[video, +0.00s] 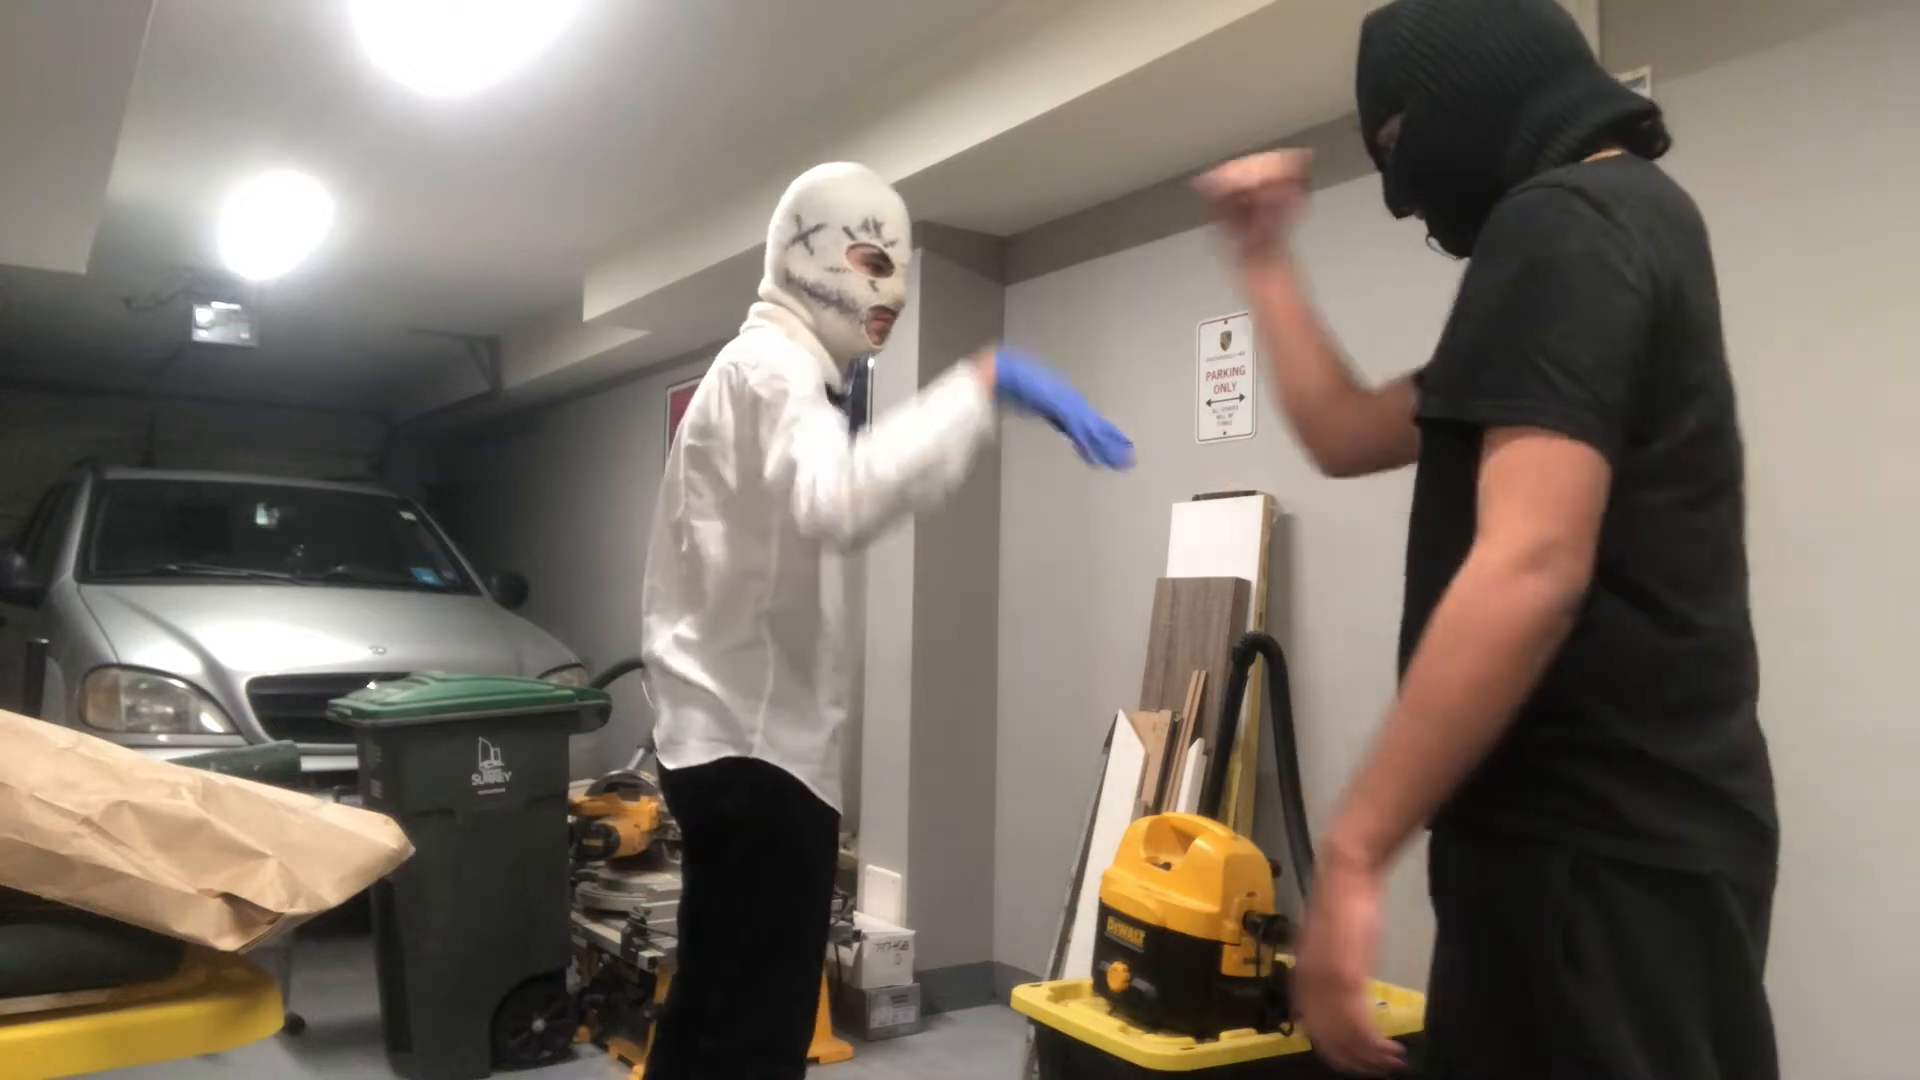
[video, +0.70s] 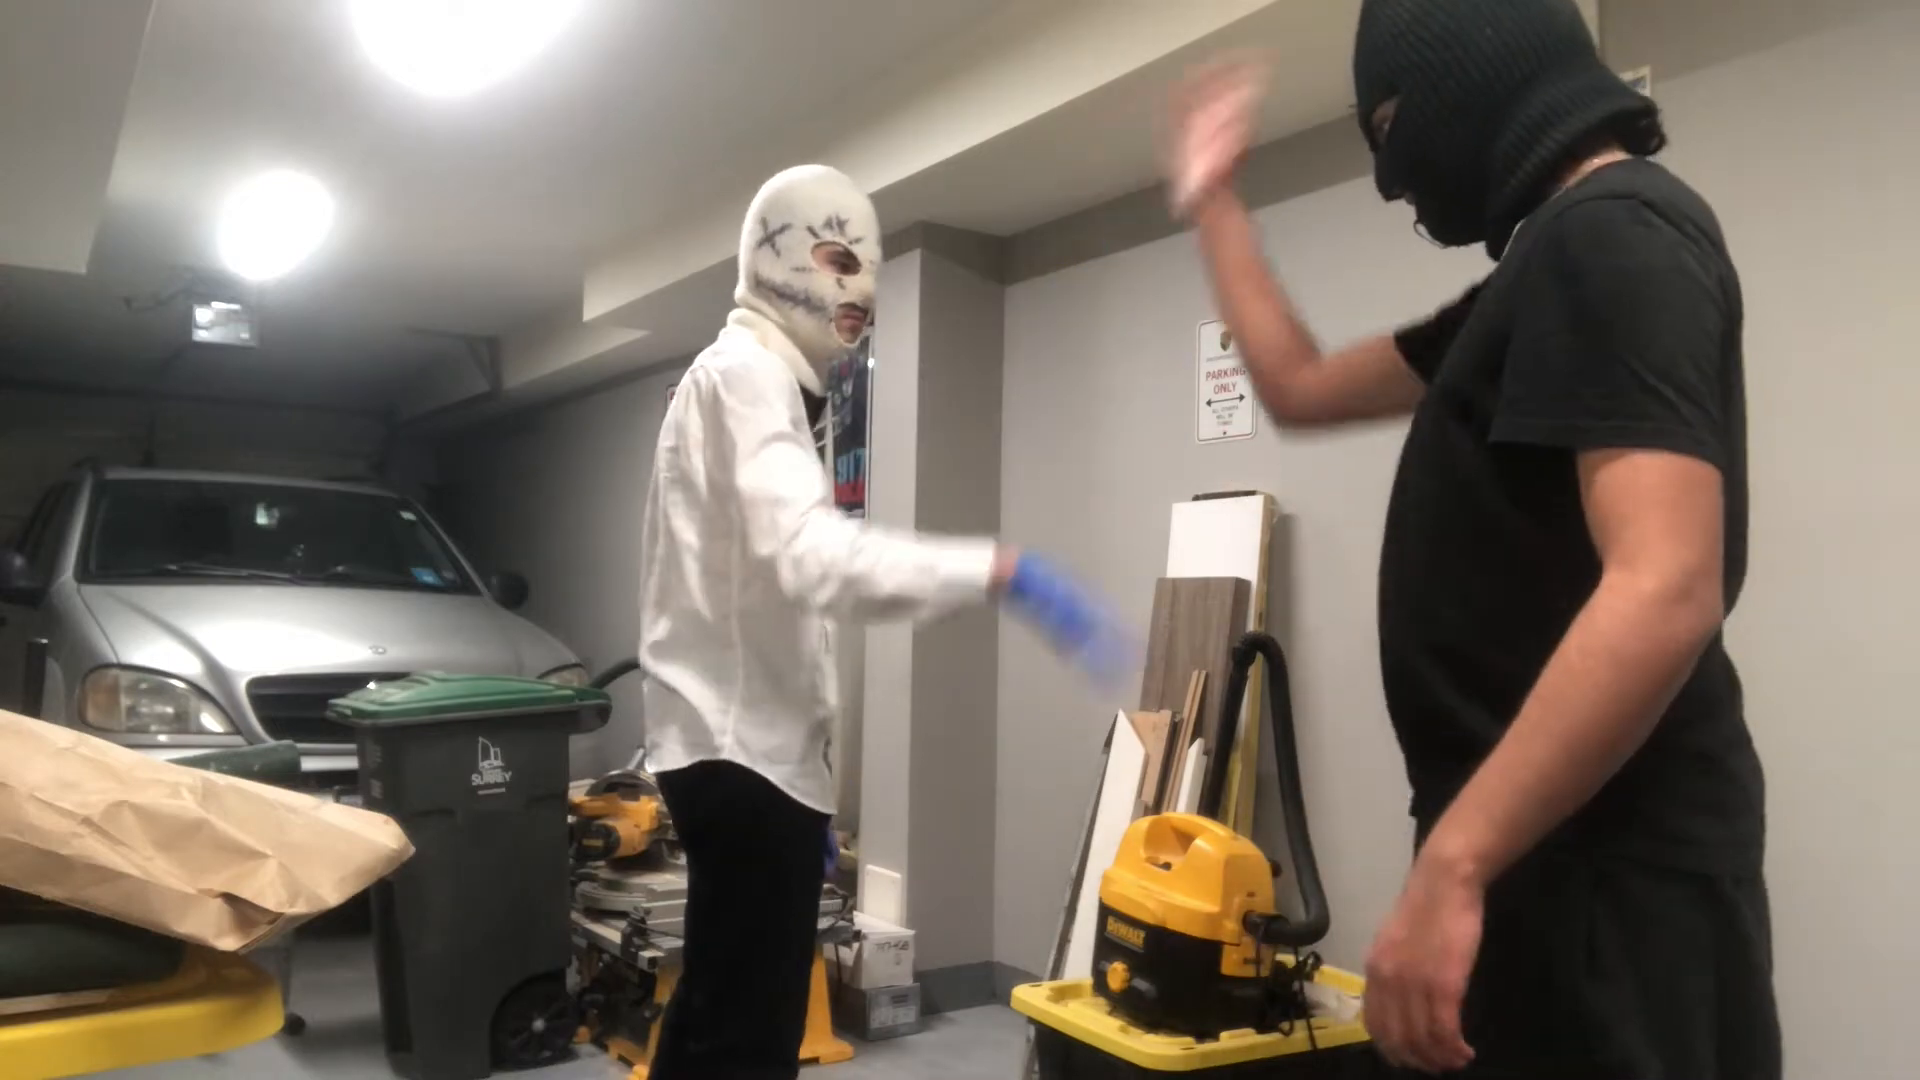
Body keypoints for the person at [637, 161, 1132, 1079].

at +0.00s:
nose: (893, 290)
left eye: (897, 266)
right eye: (875, 260)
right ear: (812, 254)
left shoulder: (796, 368)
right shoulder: (769, 364)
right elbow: (831, 502)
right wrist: (979, 385)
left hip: (768, 743)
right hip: (747, 748)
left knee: (738, 1014)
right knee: (749, 1021)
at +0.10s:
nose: (889, 281)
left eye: (896, 260)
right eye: (869, 254)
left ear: (903, 262)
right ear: (807, 252)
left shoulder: (791, 360)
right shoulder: (766, 352)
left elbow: (872, 409)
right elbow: (843, 421)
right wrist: (1000, 310)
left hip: (765, 735)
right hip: (743, 739)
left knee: (728, 1009)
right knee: (752, 1017)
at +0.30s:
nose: (887, 291)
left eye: (893, 268)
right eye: (869, 261)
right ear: (807, 254)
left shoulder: (791, 364)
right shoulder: (757, 353)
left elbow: (865, 441)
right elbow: (847, 434)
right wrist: (1015, 279)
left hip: (768, 736)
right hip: (737, 739)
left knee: (734, 1016)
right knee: (743, 1022)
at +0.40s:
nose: (884, 290)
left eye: (892, 268)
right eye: (866, 260)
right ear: (804, 253)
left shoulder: (788, 365)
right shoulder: (751, 356)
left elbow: (865, 435)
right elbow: (849, 428)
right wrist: (1017, 294)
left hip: (770, 734)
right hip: (735, 737)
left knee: (735, 1017)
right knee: (744, 1022)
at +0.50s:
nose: (878, 290)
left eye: (886, 267)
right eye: (857, 261)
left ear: (886, 268)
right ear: (795, 255)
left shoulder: (785, 372)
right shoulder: (745, 364)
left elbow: (883, 452)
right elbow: (850, 474)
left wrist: (1038, 378)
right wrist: (1029, 381)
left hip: (770, 739)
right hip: (733, 742)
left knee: (732, 1017)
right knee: (748, 1025)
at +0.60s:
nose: (869, 289)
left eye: (876, 267)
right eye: (848, 259)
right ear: (785, 255)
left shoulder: (762, 368)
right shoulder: (745, 365)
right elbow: (846, 511)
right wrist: (1006, 442)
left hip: (755, 745)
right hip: (736, 747)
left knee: (734, 1020)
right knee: (741, 1026)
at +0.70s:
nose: (861, 290)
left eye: (868, 268)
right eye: (839, 262)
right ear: (774, 261)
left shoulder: (748, 372)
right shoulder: (748, 372)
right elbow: (809, 554)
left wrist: (806, 795)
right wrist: (996, 568)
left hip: (742, 747)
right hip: (741, 752)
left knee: (725, 1024)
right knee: (748, 1033)